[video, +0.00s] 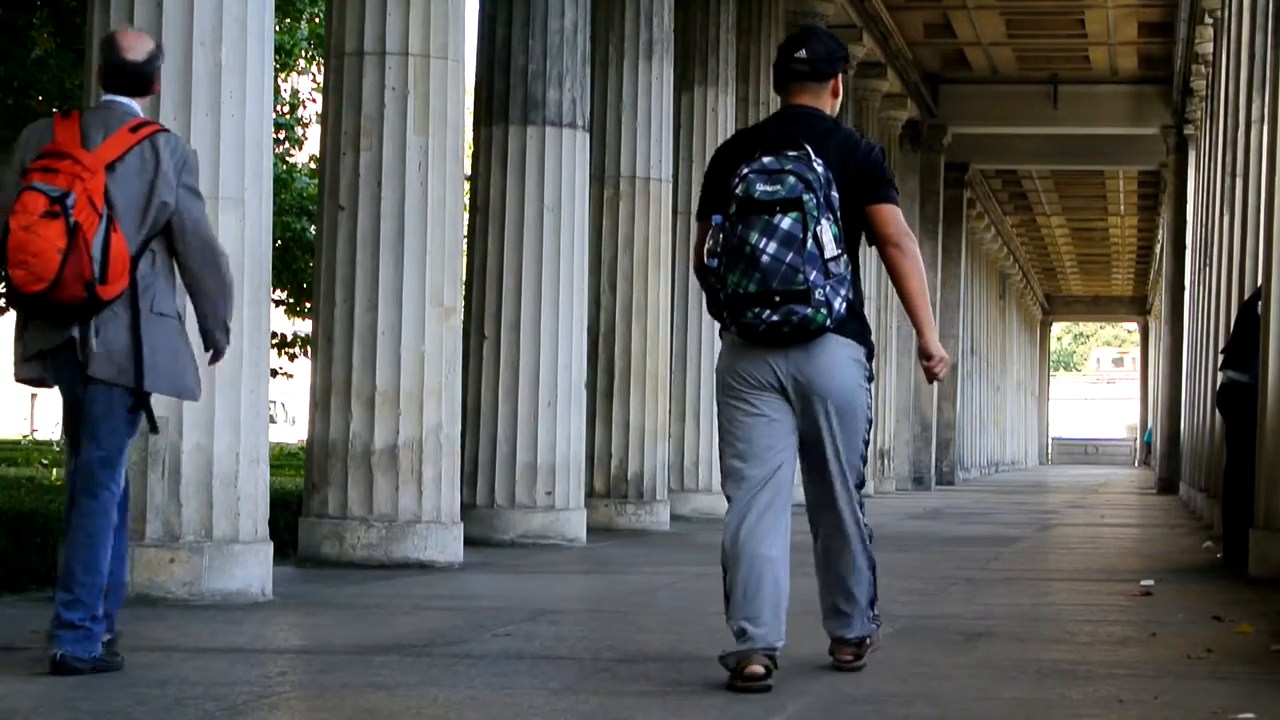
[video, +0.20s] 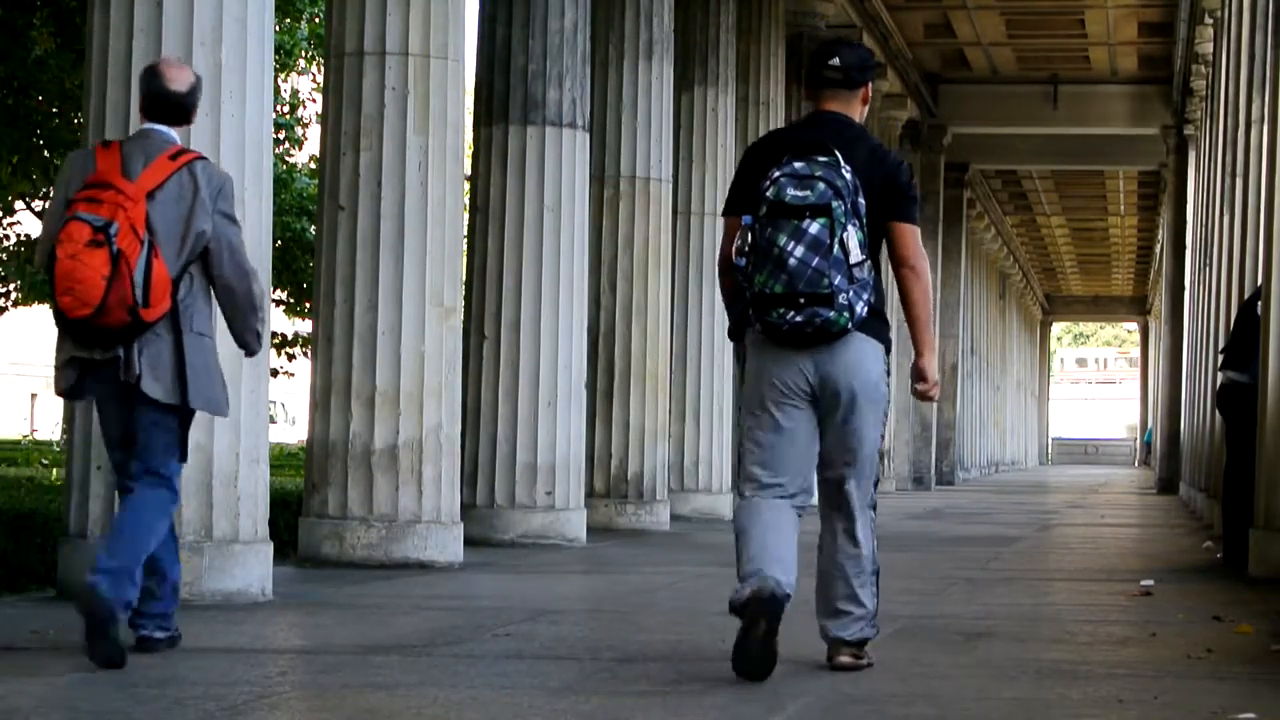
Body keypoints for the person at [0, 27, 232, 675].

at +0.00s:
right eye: (157, 74)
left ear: (97, 78)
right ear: (155, 85)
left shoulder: (44, 137)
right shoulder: (167, 151)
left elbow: (18, 223)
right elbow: (196, 245)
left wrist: (38, 306)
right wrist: (217, 323)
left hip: (57, 324)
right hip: (121, 330)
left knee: (101, 475)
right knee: (97, 479)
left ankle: (100, 622)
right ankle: (76, 640)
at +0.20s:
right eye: (193, 105)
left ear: (138, 107)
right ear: (192, 116)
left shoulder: (84, 164)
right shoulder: (206, 179)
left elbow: (51, 248)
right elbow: (232, 269)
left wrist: (74, 317)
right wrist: (252, 330)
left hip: (94, 342)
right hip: (163, 345)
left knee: (136, 480)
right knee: (156, 479)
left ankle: (156, 620)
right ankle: (109, 589)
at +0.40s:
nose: (170, 101)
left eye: (173, 94)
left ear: (176, 103)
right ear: (226, 116)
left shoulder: (124, 160)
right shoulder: (245, 174)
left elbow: (99, 248)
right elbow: (254, 268)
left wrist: (116, 330)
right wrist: (276, 353)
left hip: (141, 342)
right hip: (215, 347)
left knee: (153, 474)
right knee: (227, 461)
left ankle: (152, 620)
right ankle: (208, 590)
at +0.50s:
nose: (193, 109)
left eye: (196, 103)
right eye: (202, 103)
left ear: (198, 116)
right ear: (246, 130)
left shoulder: (148, 169)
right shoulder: (262, 187)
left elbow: (112, 252)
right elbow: (266, 276)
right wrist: (281, 363)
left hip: (159, 350)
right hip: (229, 355)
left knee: (163, 476)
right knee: (239, 483)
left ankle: (153, 617)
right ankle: (258, 604)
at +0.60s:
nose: (216, 126)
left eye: (217, 121)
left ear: (220, 131)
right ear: (270, 140)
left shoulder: (171, 182)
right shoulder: (282, 200)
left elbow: (134, 260)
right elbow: (283, 286)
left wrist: (149, 332)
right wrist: (297, 362)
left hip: (178, 352)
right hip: (248, 358)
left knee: (180, 470)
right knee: (253, 479)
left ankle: (156, 602)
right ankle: (264, 602)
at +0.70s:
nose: (236, 129)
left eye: (239, 124)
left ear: (242, 135)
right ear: (288, 148)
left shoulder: (193, 185)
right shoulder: (304, 206)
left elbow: (157, 264)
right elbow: (309, 288)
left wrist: (185, 330)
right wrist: (321, 365)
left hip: (202, 355)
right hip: (271, 362)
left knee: (206, 469)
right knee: (270, 485)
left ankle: (175, 561)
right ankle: (265, 608)